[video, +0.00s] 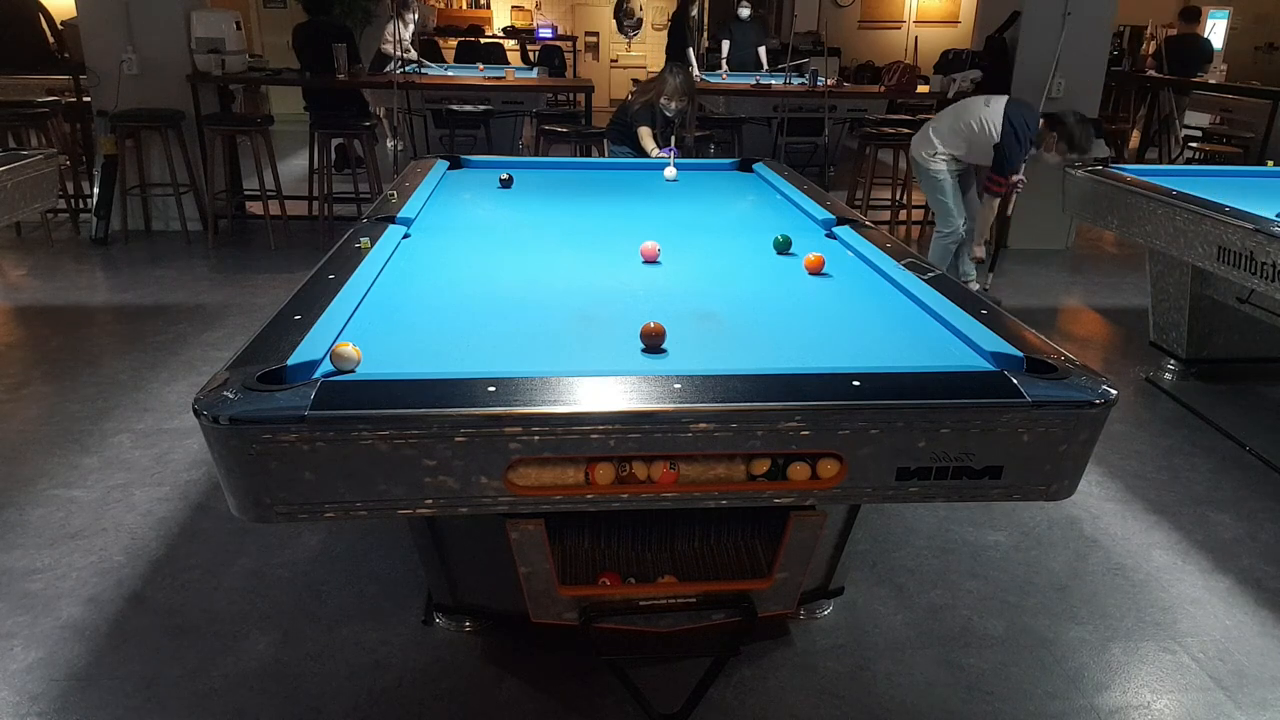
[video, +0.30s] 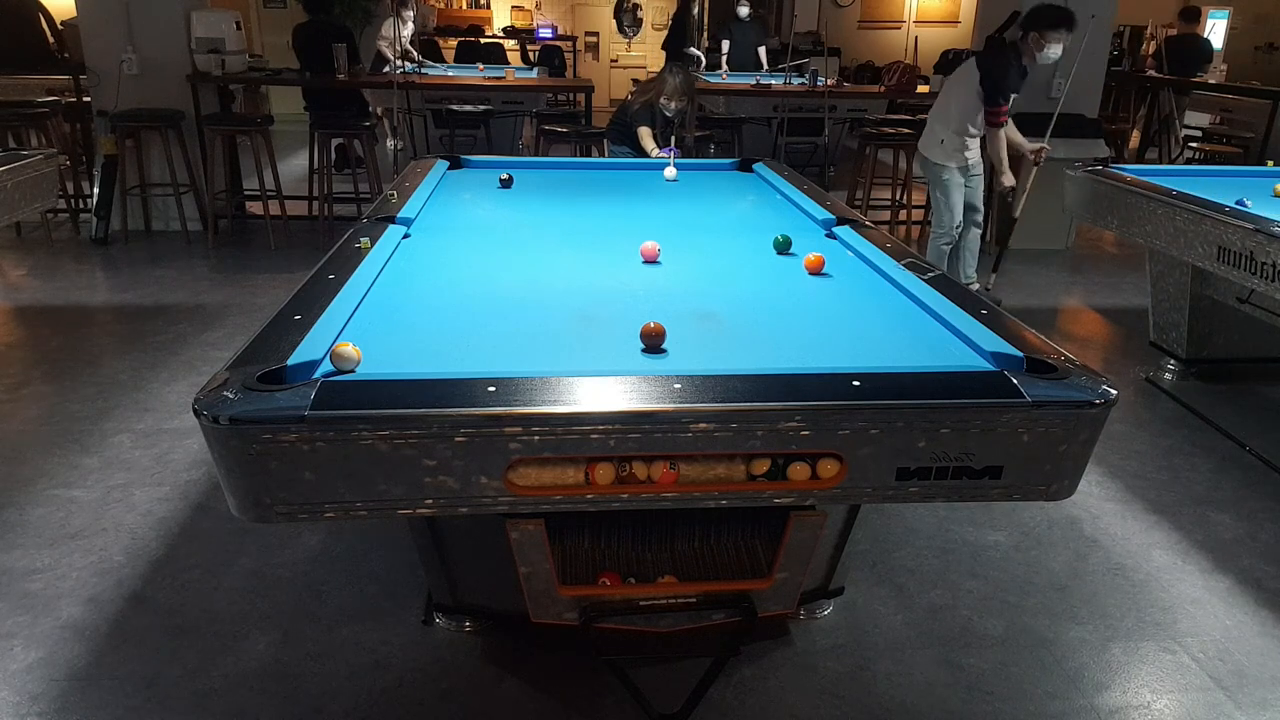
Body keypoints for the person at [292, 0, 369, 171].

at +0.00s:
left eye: (303, 5)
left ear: (305, 8)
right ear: (331, 7)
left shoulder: (299, 30)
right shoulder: (342, 29)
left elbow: (304, 64)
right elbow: (356, 67)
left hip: (314, 102)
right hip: (346, 103)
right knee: (363, 107)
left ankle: (351, 152)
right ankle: (345, 150)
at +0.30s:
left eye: (303, 5)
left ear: (305, 8)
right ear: (331, 7)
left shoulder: (299, 30)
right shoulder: (342, 30)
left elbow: (304, 64)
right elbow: (356, 68)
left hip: (314, 102)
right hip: (346, 102)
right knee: (363, 107)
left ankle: (351, 152)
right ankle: (344, 149)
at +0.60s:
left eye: (303, 5)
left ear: (306, 8)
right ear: (332, 7)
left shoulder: (299, 31)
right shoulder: (342, 30)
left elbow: (304, 64)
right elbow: (356, 67)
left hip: (315, 102)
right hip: (346, 103)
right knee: (362, 107)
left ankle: (351, 152)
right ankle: (344, 149)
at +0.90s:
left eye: (304, 5)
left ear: (307, 8)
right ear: (332, 7)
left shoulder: (299, 31)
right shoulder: (342, 30)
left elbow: (305, 64)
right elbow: (356, 67)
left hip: (315, 102)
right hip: (346, 103)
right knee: (362, 106)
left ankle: (351, 152)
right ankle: (344, 149)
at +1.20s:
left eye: (303, 4)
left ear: (307, 7)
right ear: (332, 7)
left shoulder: (300, 31)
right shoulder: (343, 30)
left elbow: (305, 64)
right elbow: (356, 68)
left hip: (315, 102)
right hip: (346, 103)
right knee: (363, 107)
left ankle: (351, 152)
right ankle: (344, 149)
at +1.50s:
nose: (302, 7)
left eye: (303, 4)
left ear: (307, 8)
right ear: (332, 7)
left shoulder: (300, 30)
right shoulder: (343, 30)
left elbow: (305, 64)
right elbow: (356, 68)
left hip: (315, 102)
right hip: (346, 103)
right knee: (363, 107)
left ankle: (351, 152)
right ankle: (344, 149)